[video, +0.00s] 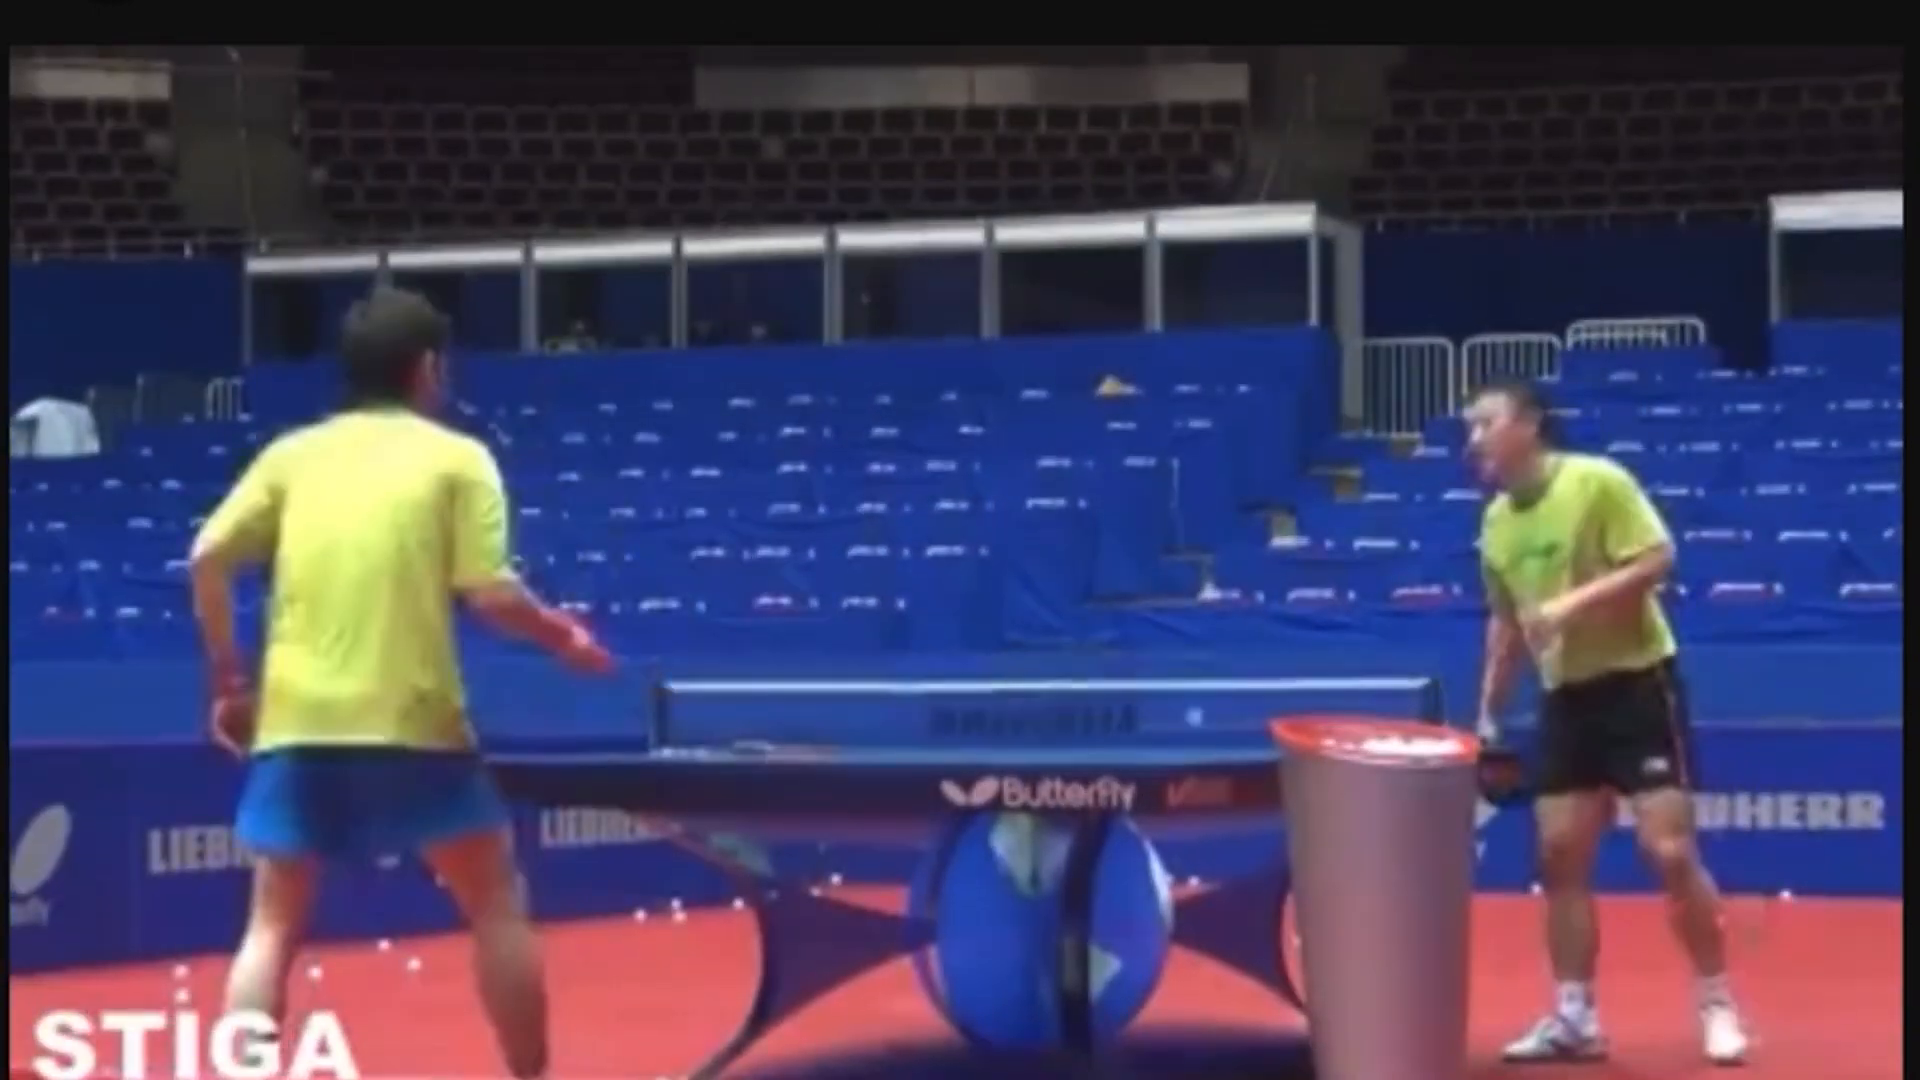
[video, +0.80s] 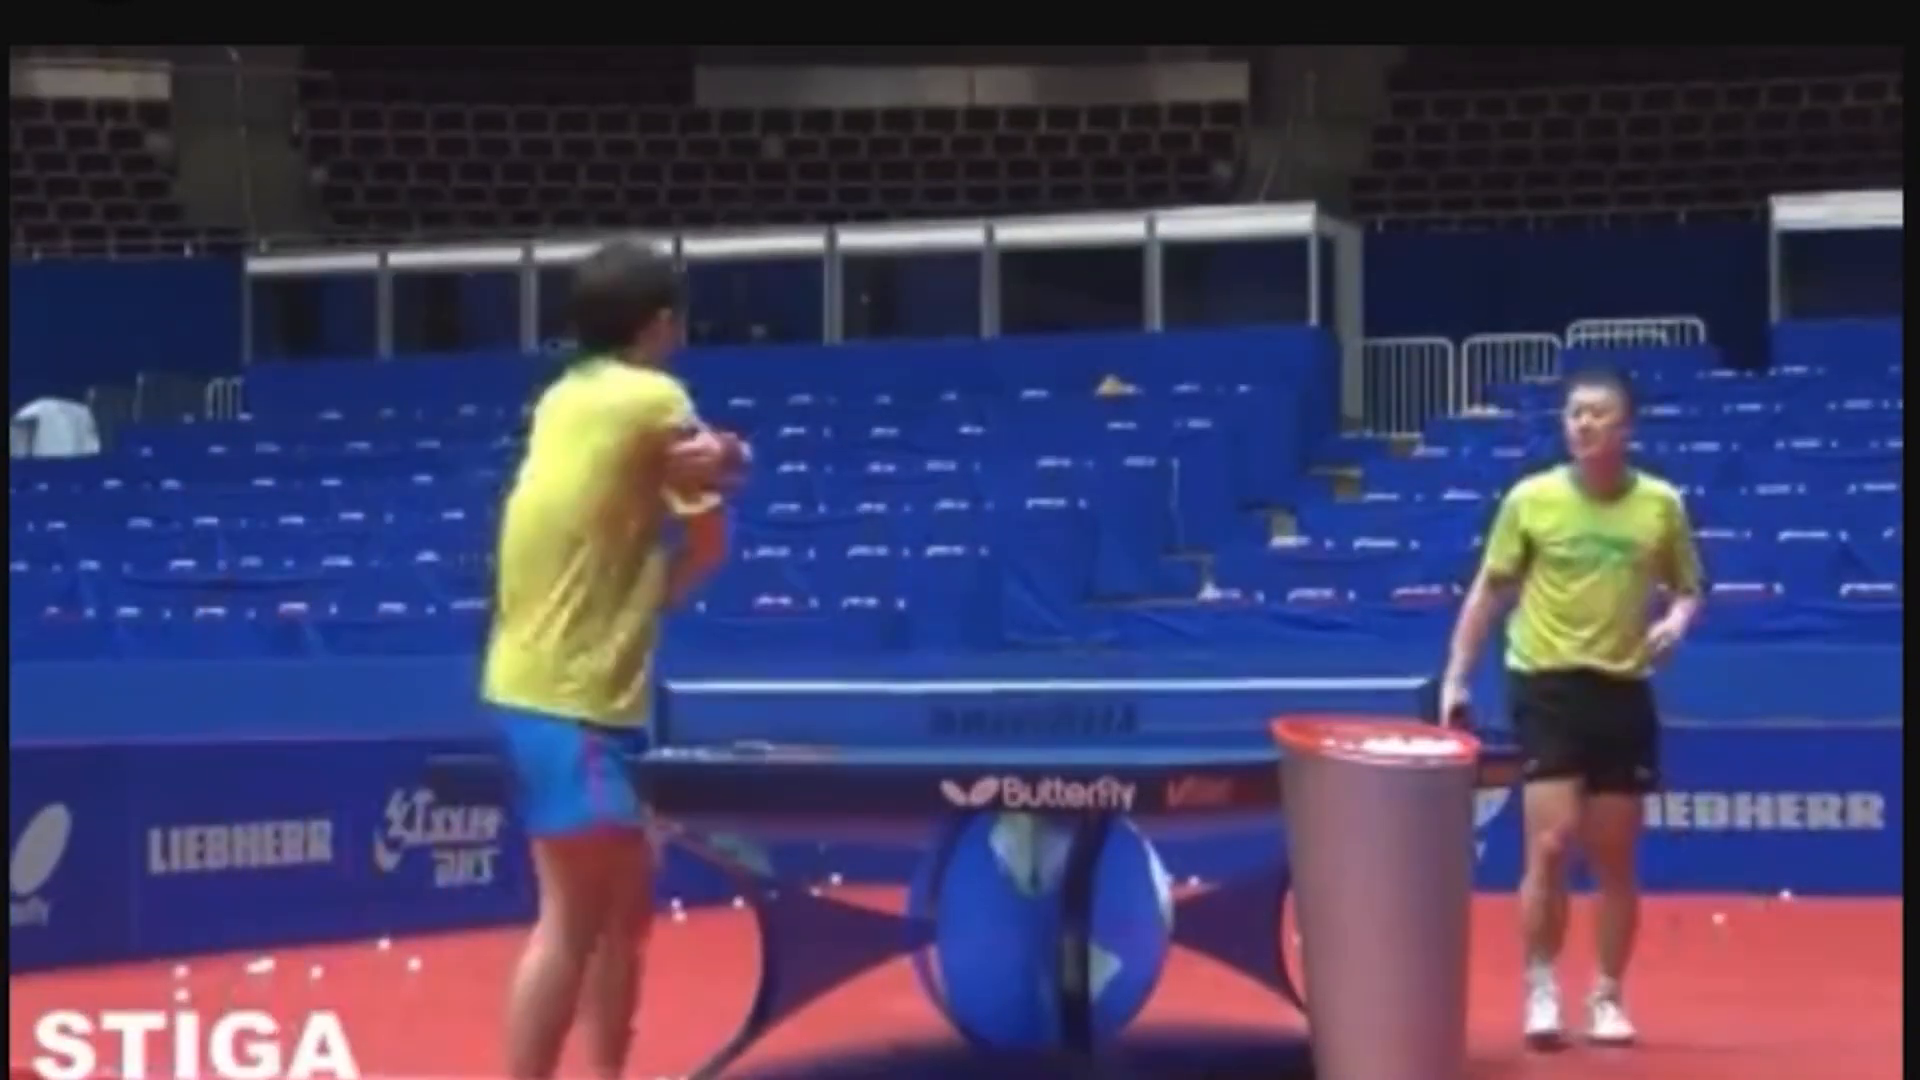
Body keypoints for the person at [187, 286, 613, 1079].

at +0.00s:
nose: (444, 376)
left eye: (439, 362)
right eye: (441, 363)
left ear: (354, 370)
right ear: (424, 369)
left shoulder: (294, 454)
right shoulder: (459, 458)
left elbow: (208, 558)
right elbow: (488, 589)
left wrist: (229, 681)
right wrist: (563, 637)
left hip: (293, 729)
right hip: (412, 729)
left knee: (271, 924)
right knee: (495, 906)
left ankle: (239, 1069)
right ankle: (531, 1067)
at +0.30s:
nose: (490, 358)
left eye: (489, 343)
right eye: (486, 343)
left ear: (397, 347)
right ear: (463, 349)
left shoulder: (345, 427)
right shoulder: (484, 444)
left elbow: (275, 526)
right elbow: (495, 584)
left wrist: (331, 611)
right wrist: (576, 659)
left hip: (309, 709)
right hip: (420, 715)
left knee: (301, 896)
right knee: (525, 896)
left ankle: (238, 1055)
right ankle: (514, 1066)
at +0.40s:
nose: (526, 353)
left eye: (520, 337)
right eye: (519, 338)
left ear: (442, 348)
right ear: (496, 346)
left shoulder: (403, 425)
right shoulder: (522, 439)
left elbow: (402, 553)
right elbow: (567, 579)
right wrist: (584, 656)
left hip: (354, 706)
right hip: (456, 713)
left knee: (338, 909)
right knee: (549, 904)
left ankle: (247, 1056)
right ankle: (523, 1067)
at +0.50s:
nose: (570, 344)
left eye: (567, 327)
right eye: (558, 328)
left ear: (490, 339)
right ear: (524, 336)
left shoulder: (450, 416)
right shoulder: (549, 426)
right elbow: (620, 555)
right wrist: (571, 654)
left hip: (402, 700)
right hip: (485, 705)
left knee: (403, 894)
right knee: (564, 910)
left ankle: (300, 1055)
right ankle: (525, 1067)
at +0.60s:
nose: (607, 331)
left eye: (602, 316)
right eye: (600, 316)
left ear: (529, 326)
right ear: (576, 322)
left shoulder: (490, 403)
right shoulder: (593, 410)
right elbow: (657, 539)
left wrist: (652, 470)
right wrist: (590, 605)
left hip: (447, 693)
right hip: (521, 707)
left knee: (474, 896)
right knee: (564, 912)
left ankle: (379, 1058)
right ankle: (527, 1069)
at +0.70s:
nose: (638, 328)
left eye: (636, 315)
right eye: (634, 315)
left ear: (553, 323)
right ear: (615, 318)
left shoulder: (528, 395)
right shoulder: (616, 400)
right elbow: (672, 531)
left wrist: (665, 489)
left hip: (484, 685)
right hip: (540, 700)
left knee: (548, 891)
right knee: (564, 909)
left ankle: (472, 1054)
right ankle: (521, 1067)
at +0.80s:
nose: (678, 328)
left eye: (677, 315)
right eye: (675, 315)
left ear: (593, 321)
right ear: (656, 322)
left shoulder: (570, 394)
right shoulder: (648, 398)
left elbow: (694, 547)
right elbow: (710, 477)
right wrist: (719, 452)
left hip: (544, 692)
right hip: (568, 703)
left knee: (626, 911)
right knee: (575, 920)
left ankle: (606, 1065)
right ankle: (526, 1067)